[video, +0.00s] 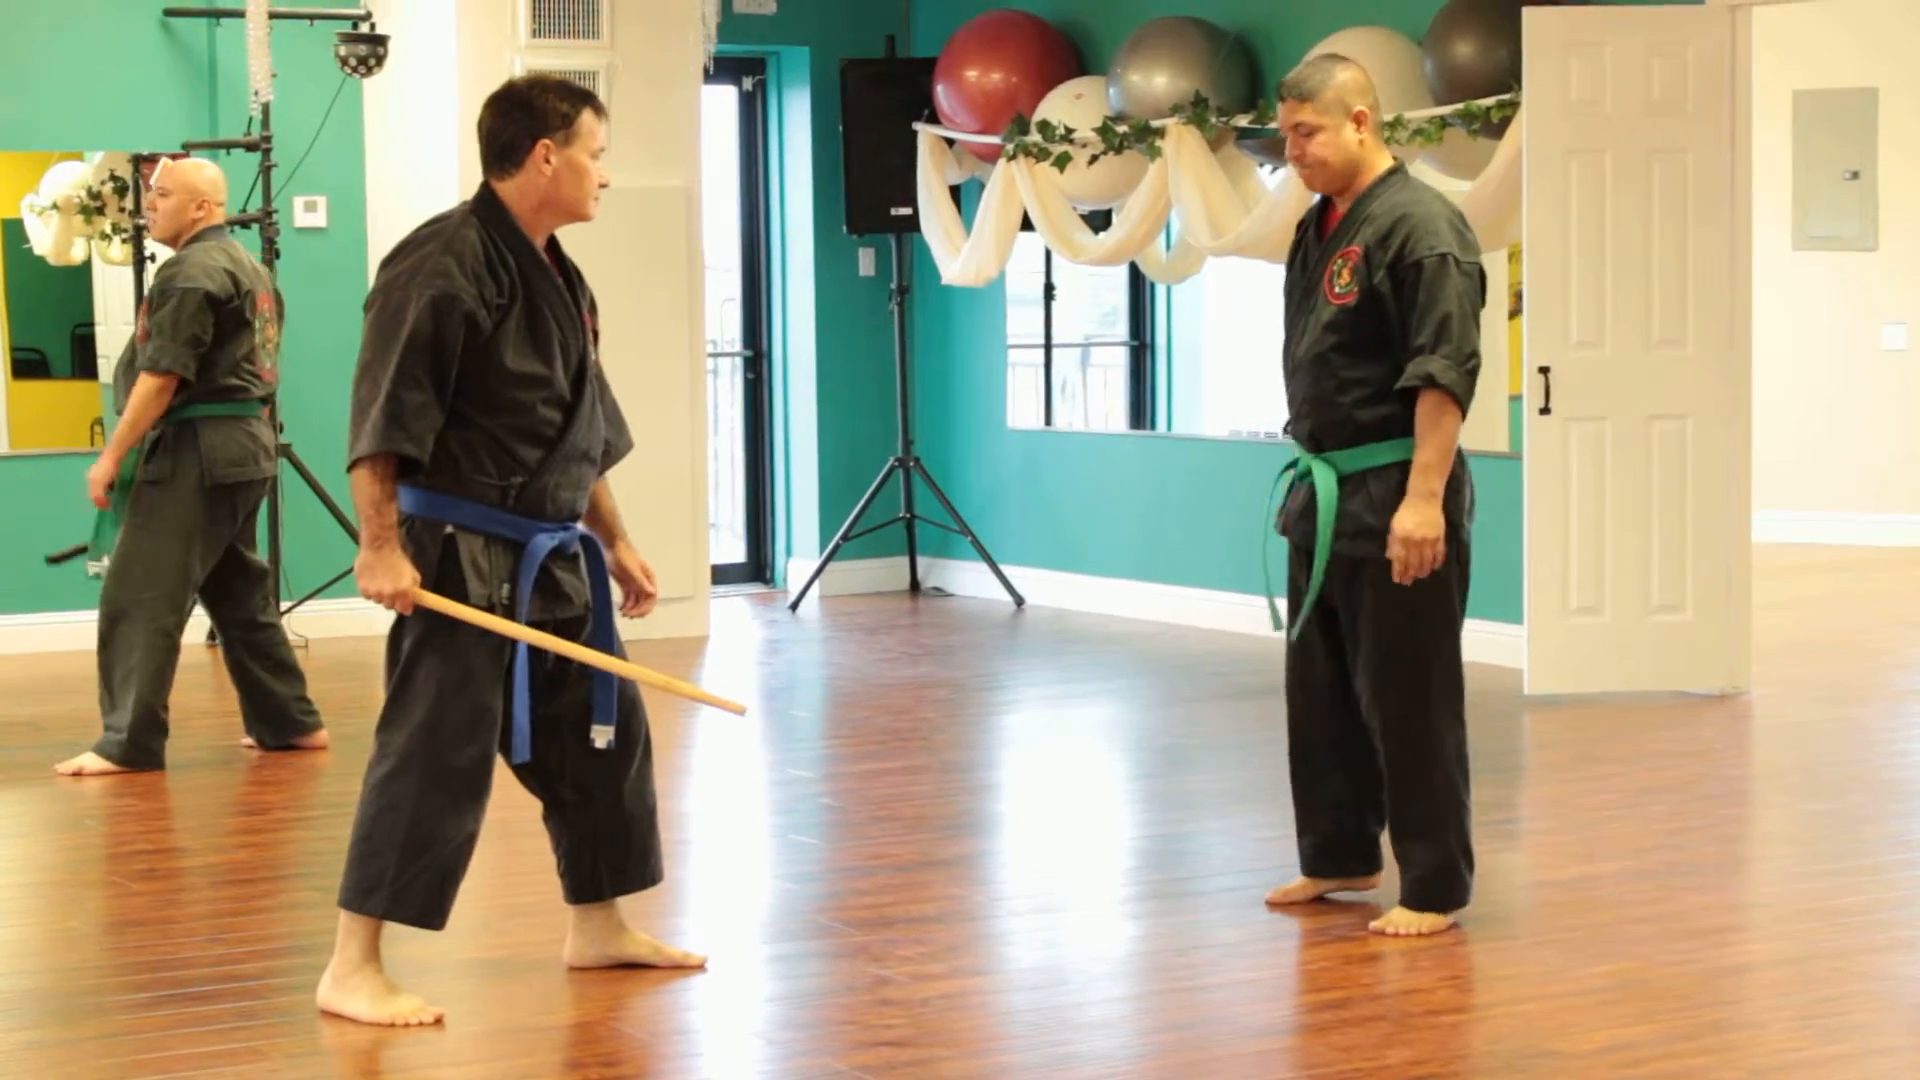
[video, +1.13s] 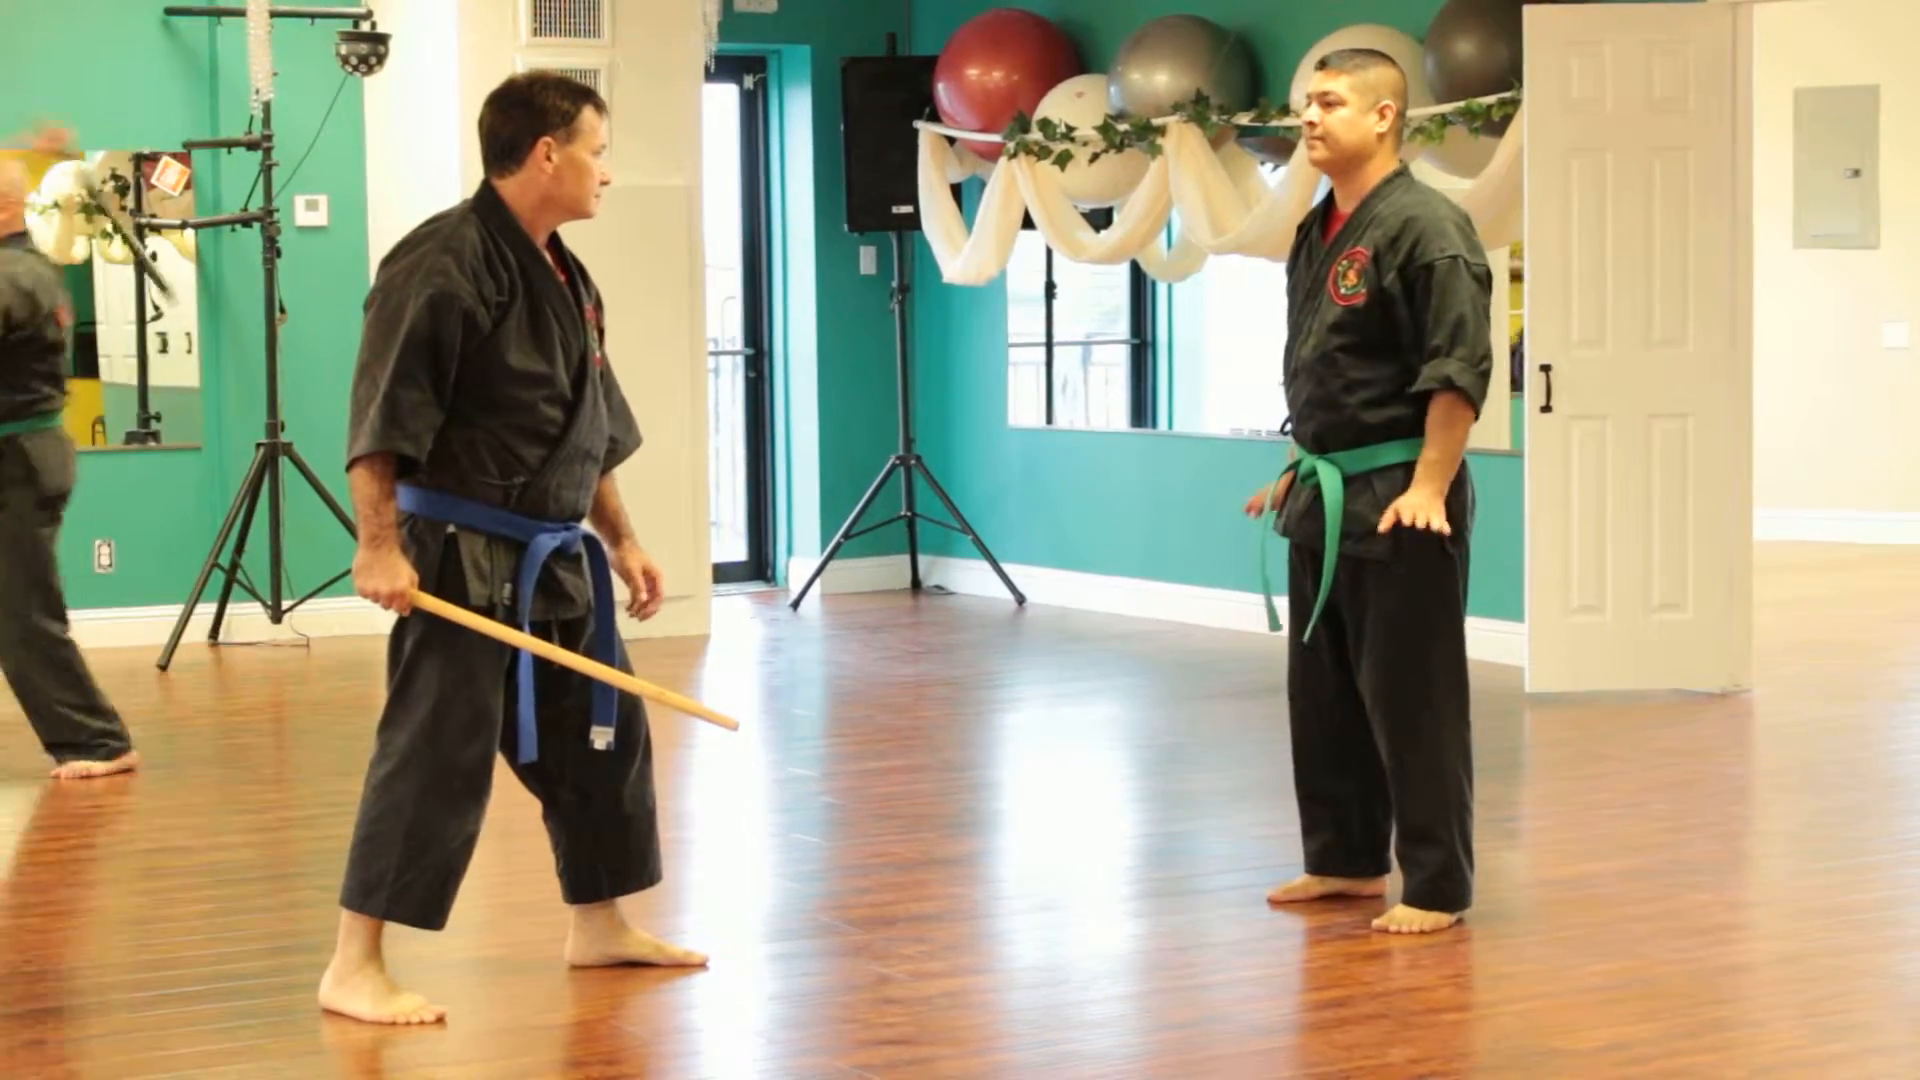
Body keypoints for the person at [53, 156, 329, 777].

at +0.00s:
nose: (148, 205)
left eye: (161, 195)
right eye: (151, 193)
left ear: (202, 208)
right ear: (208, 210)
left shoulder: (191, 272)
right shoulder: (240, 262)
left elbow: (159, 381)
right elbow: (245, 365)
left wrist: (111, 455)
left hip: (196, 447)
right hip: (242, 442)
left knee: (141, 593)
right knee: (237, 591)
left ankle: (130, 744)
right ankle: (289, 722)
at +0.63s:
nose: (122, 211)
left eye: (134, 201)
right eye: (125, 200)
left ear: (174, 211)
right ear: (185, 212)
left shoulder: (157, 272)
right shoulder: (229, 267)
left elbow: (100, 359)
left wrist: (39, 418)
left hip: (182, 451)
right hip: (240, 444)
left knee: (118, 589)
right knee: (232, 586)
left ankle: (126, 742)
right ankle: (290, 722)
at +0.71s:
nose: (106, 221)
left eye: (116, 211)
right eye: (109, 210)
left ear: (154, 220)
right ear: (167, 221)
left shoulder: (136, 274)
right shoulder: (210, 273)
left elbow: (47, 341)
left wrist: (8, 371)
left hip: (172, 457)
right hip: (234, 450)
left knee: (97, 586)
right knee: (219, 586)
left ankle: (112, 742)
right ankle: (290, 723)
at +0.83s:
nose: (68, 220)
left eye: (81, 210)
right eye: (72, 208)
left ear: (117, 221)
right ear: (136, 221)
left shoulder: (92, 269)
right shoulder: (172, 267)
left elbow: (12, 304)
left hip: (132, 459)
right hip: (186, 449)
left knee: (63, 595)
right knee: (205, 585)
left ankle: (99, 745)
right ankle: (285, 712)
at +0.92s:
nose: (36, 217)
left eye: (46, 206)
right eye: (39, 207)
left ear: (86, 209)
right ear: (100, 211)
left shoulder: (64, 264)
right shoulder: (139, 255)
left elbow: (13, 290)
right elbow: (154, 233)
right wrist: (151, 176)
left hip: (81, 457)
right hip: (140, 448)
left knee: (46, 605)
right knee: (140, 583)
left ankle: (98, 744)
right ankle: (245, 685)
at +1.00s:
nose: (6, 209)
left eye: (17, 199)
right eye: (10, 198)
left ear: (49, 208)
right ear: (63, 210)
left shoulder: (42, 259)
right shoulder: (95, 252)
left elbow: (16, 285)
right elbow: (121, 230)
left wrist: (11, 286)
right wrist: (138, 175)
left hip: (53, 453)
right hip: (75, 447)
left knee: (36, 608)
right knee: (41, 596)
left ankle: (99, 745)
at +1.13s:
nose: (3, 201)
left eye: (5, 193)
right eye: (6, 193)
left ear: (9, 204)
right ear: (18, 205)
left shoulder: (16, 273)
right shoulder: (37, 267)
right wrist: (46, 162)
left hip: (20, 446)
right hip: (37, 440)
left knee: (24, 609)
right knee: (23, 607)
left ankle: (93, 741)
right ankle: (90, 738)